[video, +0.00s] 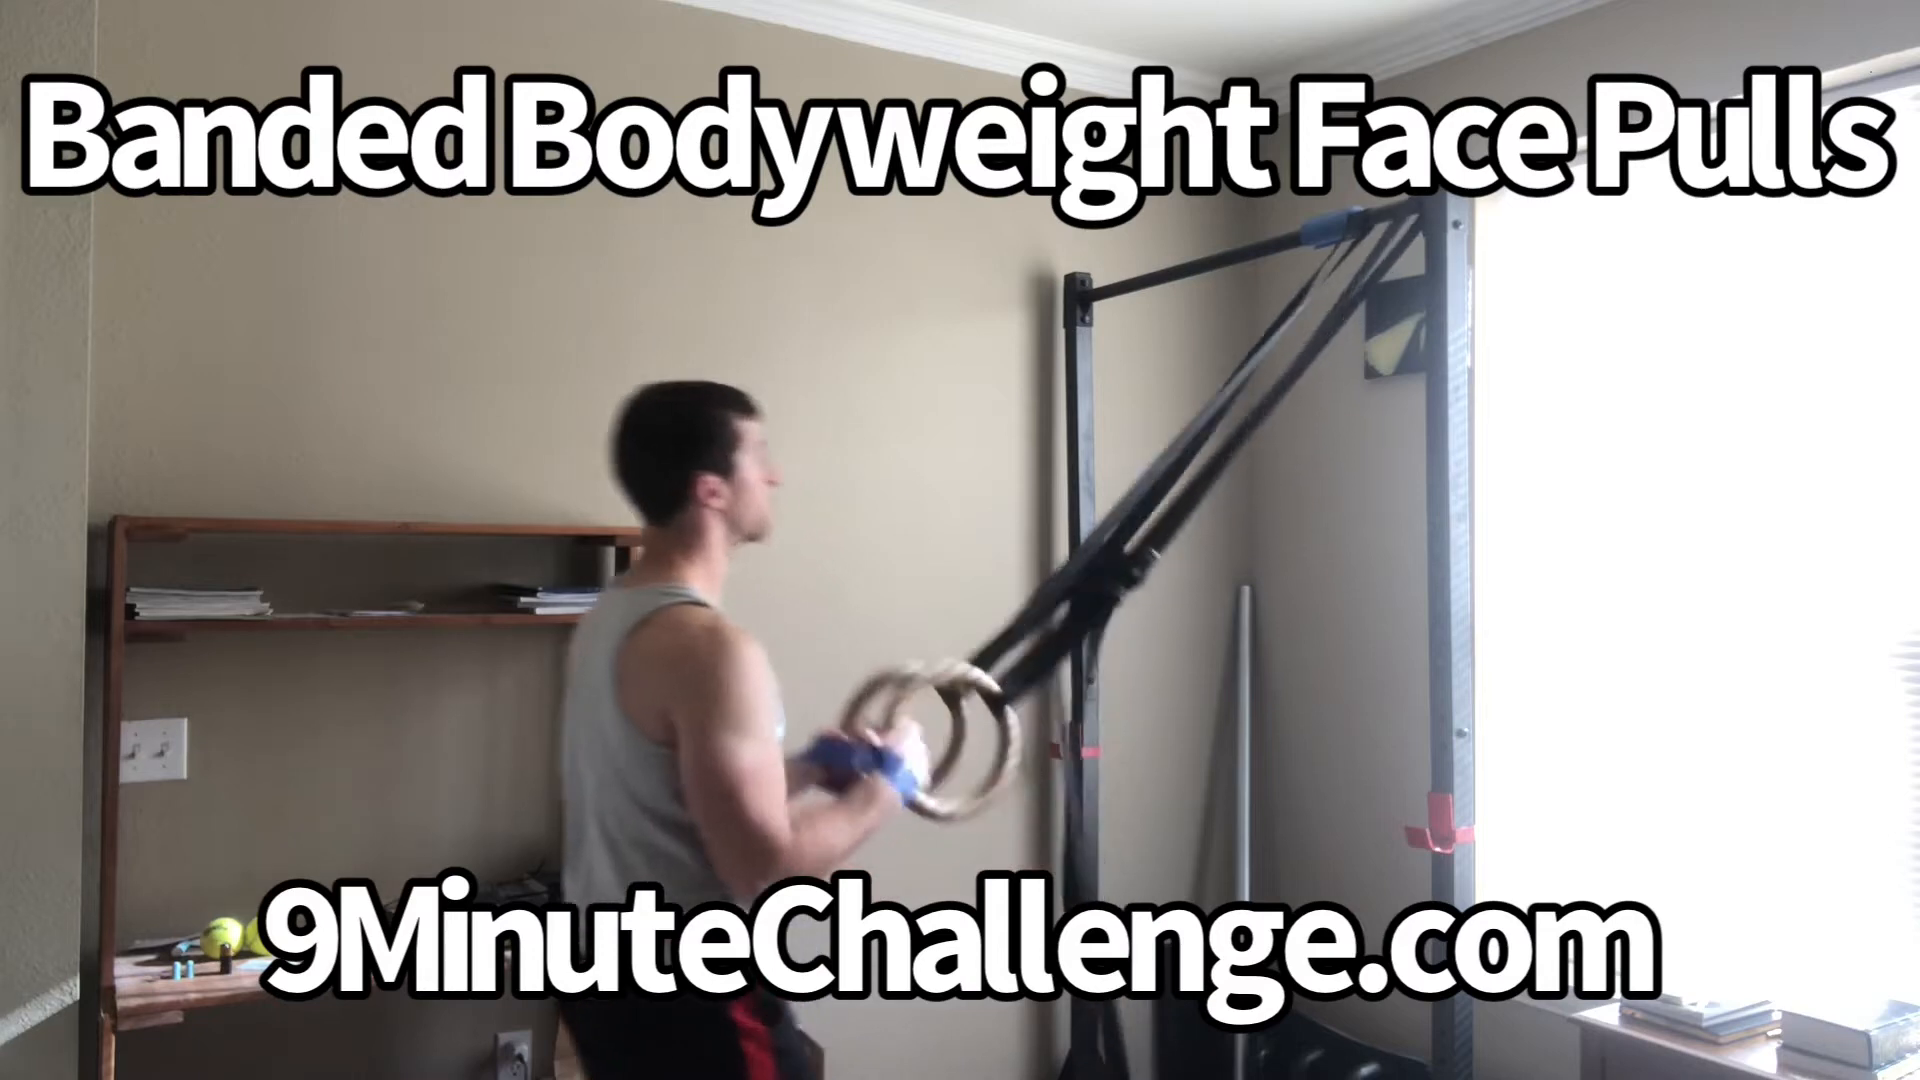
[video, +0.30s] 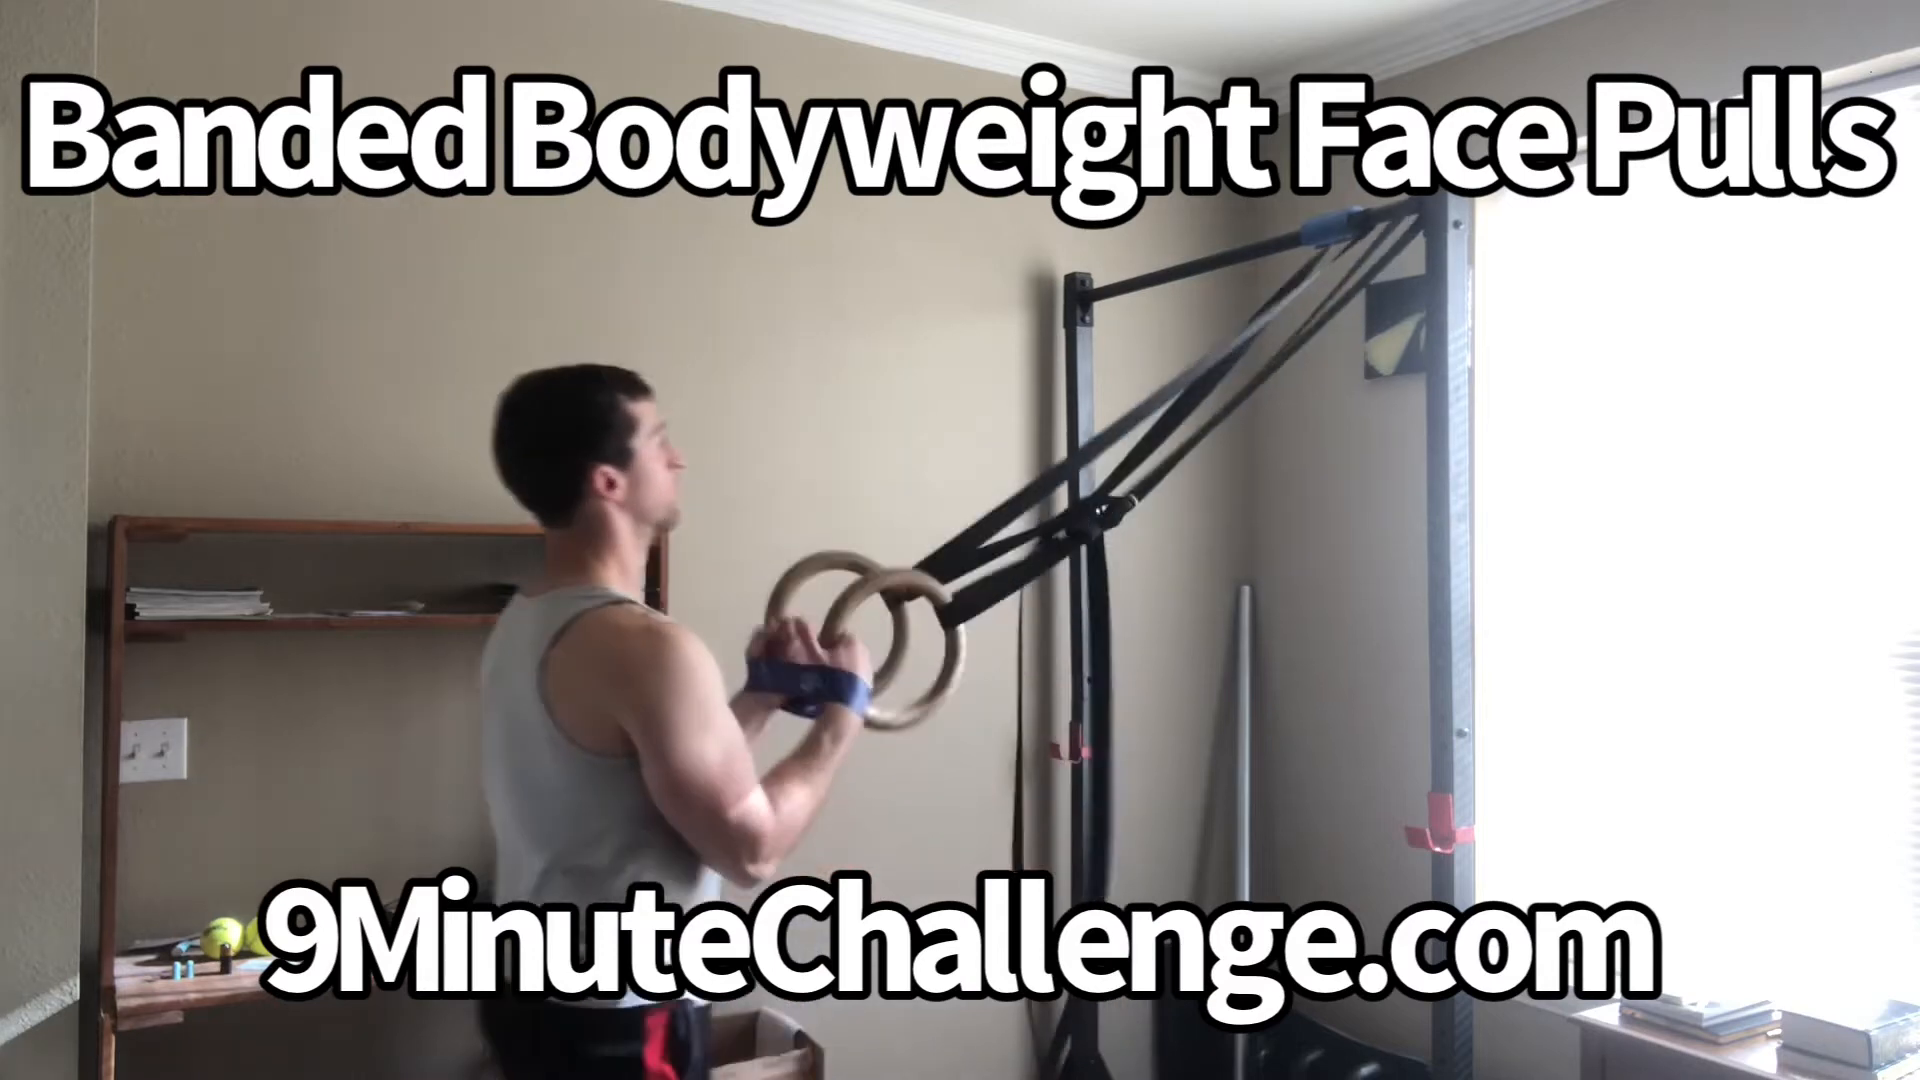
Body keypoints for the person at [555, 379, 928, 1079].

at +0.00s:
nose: (775, 477)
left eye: (764, 453)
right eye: (757, 456)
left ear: (699, 489)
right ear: (711, 490)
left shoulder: (610, 616)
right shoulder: (712, 651)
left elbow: (659, 791)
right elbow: (760, 863)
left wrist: (802, 770)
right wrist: (881, 793)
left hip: (604, 976)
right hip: (694, 992)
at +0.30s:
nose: (678, 459)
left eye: (666, 436)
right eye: (658, 440)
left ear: (602, 485)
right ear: (609, 482)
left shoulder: (520, 629)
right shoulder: (651, 650)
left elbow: (647, 799)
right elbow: (752, 846)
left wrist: (762, 695)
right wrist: (843, 714)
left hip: (536, 1002)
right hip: (625, 1021)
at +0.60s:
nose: (626, 461)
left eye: (613, 438)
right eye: (604, 442)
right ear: (545, 477)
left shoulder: (477, 619)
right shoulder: (587, 652)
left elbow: (654, 794)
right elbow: (704, 839)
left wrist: (755, 679)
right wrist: (816, 709)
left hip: (480, 1024)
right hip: (565, 1043)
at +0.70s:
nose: (615, 463)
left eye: (605, 440)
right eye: (597, 444)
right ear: (534, 474)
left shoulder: (459, 620)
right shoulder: (572, 652)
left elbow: (628, 783)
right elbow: (709, 834)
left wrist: (757, 689)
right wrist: (824, 708)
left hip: (471, 1025)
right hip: (558, 1043)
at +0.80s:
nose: (600, 472)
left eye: (592, 448)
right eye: (584, 450)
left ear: (513, 475)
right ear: (517, 473)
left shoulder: (445, 625)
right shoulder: (543, 654)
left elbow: (624, 774)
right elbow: (721, 823)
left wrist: (763, 705)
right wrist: (831, 711)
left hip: (474, 1028)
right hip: (553, 1045)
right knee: (788, 1053)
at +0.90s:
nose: (588, 479)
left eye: (582, 454)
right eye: (573, 456)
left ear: (502, 477)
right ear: (504, 475)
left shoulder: (442, 624)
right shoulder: (526, 659)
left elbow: (616, 768)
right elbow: (720, 827)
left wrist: (758, 716)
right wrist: (833, 729)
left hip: (480, 1026)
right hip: (549, 1044)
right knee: (788, 1051)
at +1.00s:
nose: (584, 482)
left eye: (580, 457)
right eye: (571, 458)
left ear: (498, 476)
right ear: (502, 474)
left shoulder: (437, 624)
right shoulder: (520, 659)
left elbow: (615, 774)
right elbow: (707, 844)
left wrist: (766, 729)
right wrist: (824, 749)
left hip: (477, 1022)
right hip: (548, 1043)